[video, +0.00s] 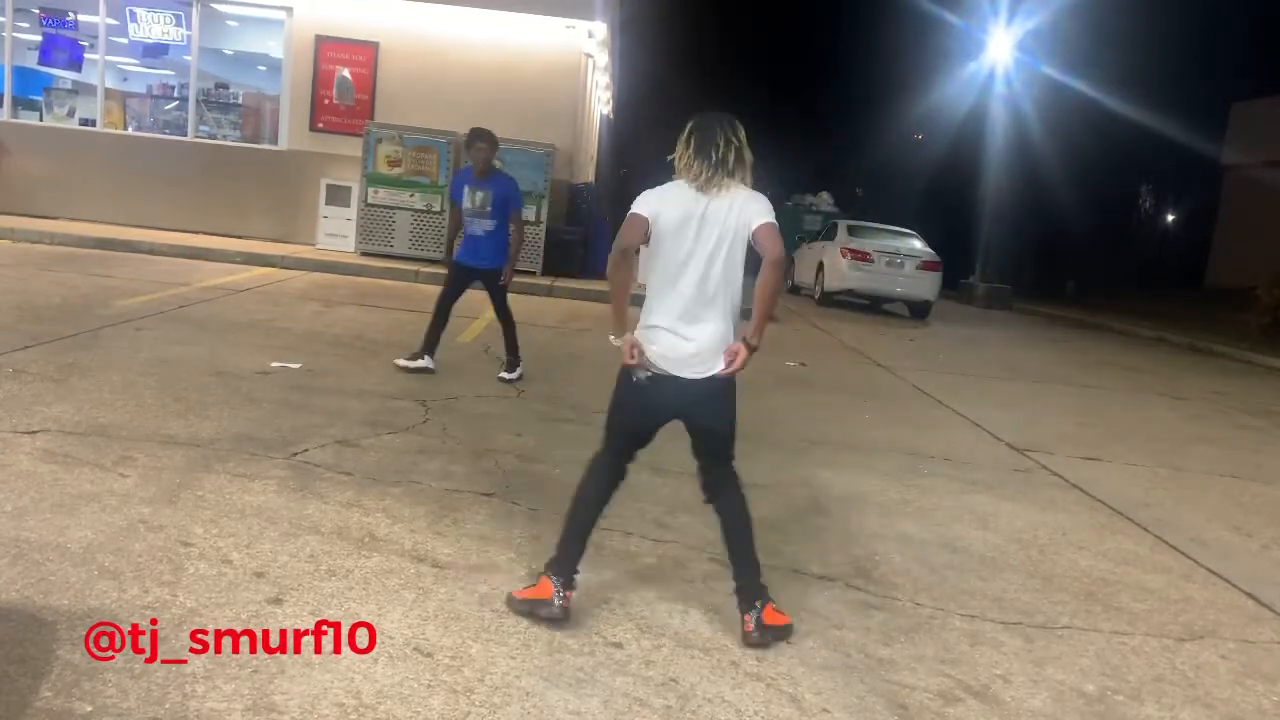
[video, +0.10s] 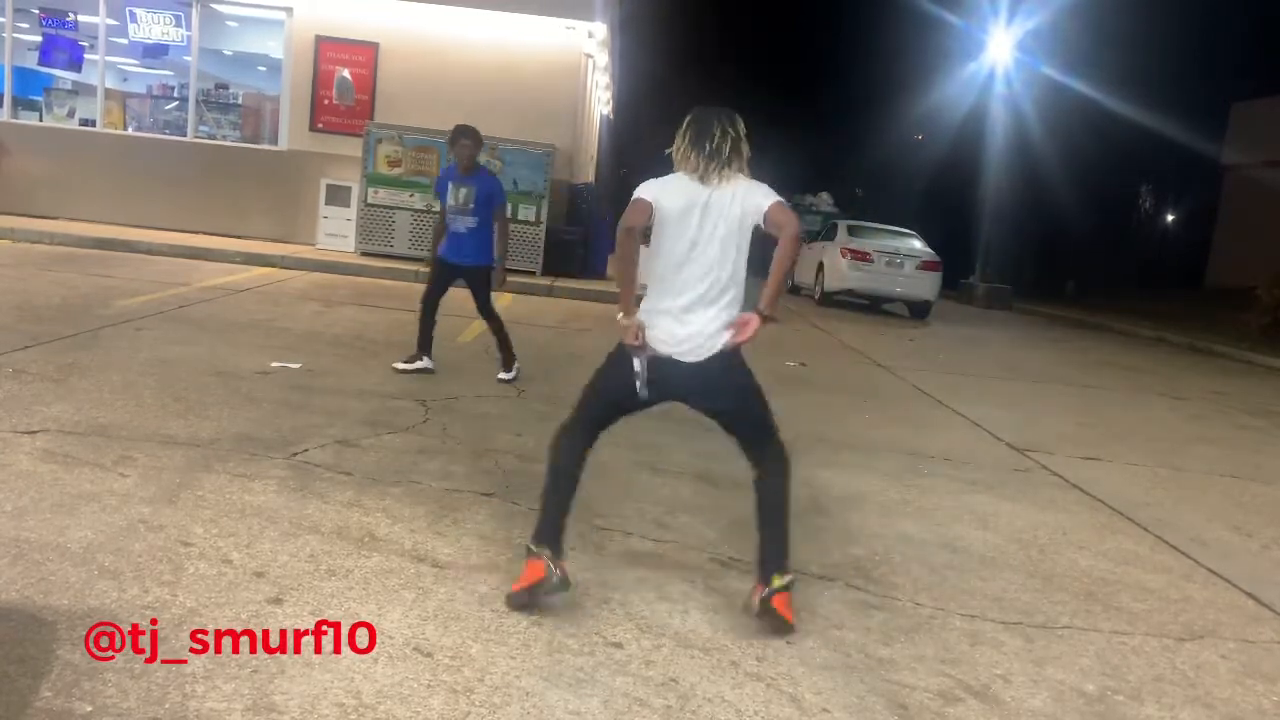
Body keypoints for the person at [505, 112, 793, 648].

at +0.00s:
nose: (677, 159)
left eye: (680, 149)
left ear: (684, 154)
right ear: (739, 158)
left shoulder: (655, 198)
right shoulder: (752, 203)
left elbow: (624, 248)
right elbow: (775, 255)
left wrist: (624, 330)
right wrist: (753, 336)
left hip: (648, 376)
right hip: (713, 383)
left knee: (609, 464)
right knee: (722, 477)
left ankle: (557, 580)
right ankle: (754, 605)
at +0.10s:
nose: (675, 152)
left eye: (679, 144)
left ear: (682, 147)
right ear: (738, 151)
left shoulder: (657, 188)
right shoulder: (752, 193)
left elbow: (630, 227)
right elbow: (790, 229)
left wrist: (628, 308)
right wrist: (762, 310)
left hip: (645, 361)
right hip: (717, 368)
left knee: (576, 431)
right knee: (770, 458)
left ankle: (544, 554)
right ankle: (774, 583)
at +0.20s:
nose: (674, 152)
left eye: (678, 145)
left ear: (684, 148)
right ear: (739, 152)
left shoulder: (658, 190)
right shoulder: (754, 197)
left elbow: (637, 233)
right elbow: (786, 240)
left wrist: (632, 313)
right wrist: (758, 321)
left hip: (650, 367)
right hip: (719, 373)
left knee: (592, 448)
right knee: (757, 464)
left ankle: (515, 540)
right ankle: (803, 577)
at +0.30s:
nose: (672, 175)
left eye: (676, 168)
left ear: (682, 171)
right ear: (736, 176)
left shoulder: (657, 217)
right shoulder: (751, 221)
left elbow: (630, 268)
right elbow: (781, 263)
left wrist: (630, 348)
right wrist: (758, 345)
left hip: (654, 390)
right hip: (715, 395)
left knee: (610, 469)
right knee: (730, 490)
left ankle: (530, 561)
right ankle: (797, 596)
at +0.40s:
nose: (674, 180)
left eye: (677, 172)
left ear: (680, 175)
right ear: (735, 179)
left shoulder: (659, 211)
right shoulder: (747, 221)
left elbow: (629, 243)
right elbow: (795, 253)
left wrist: (629, 321)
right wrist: (763, 331)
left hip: (649, 377)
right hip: (722, 385)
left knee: (568, 437)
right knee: (781, 463)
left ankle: (506, 540)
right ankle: (813, 580)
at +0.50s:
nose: (676, 170)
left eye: (681, 164)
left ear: (682, 168)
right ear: (737, 175)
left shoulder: (654, 202)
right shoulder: (749, 214)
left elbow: (633, 213)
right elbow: (789, 238)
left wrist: (640, 290)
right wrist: (766, 320)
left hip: (652, 369)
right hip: (725, 380)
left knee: (573, 422)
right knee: (783, 458)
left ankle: (507, 526)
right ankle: (822, 573)